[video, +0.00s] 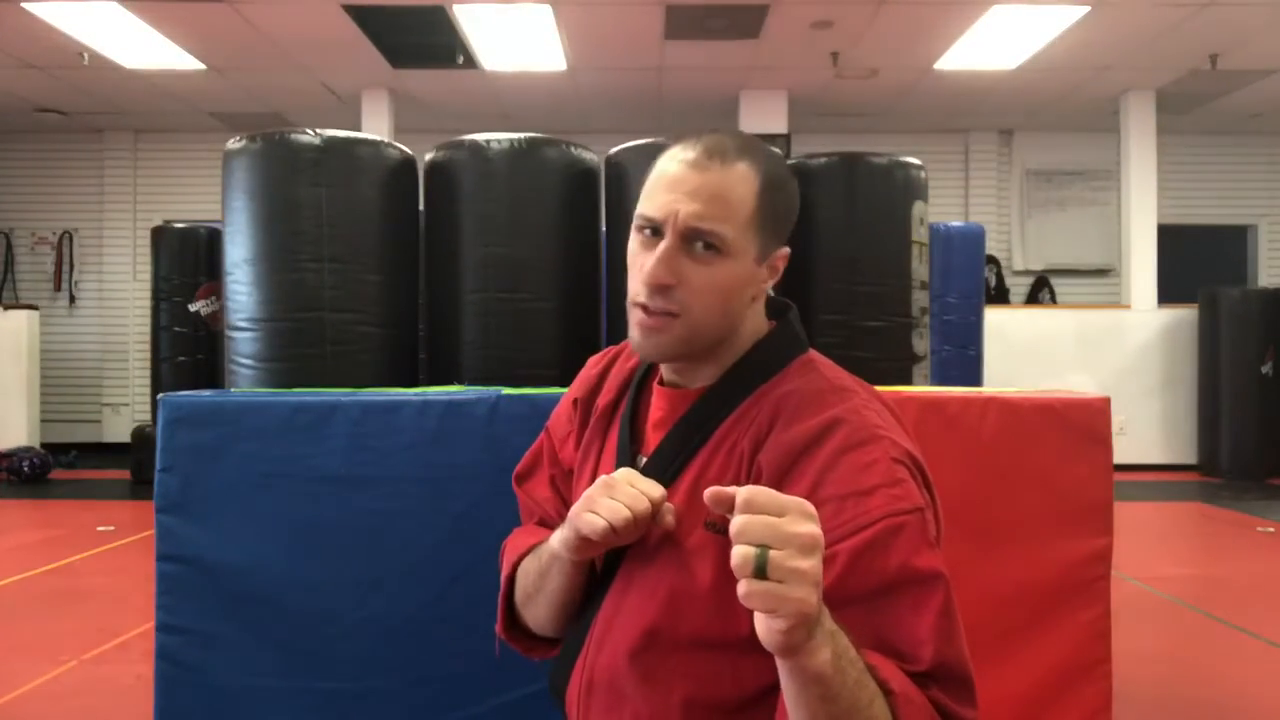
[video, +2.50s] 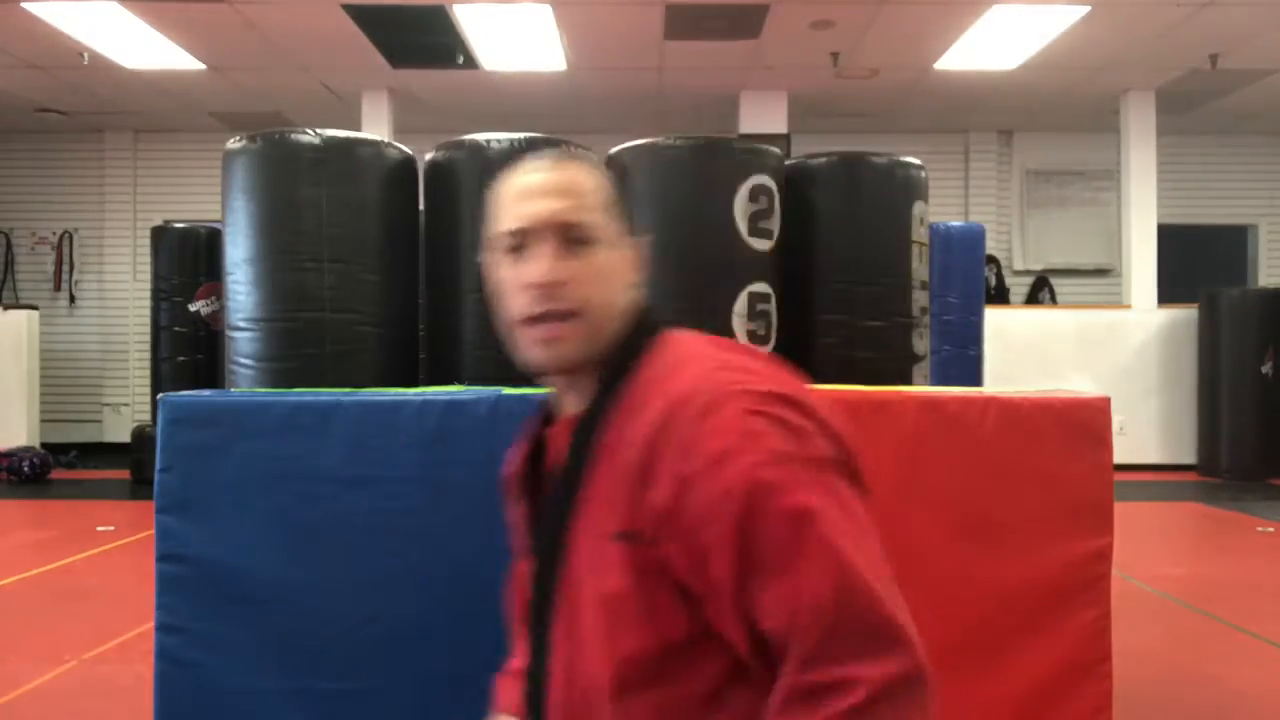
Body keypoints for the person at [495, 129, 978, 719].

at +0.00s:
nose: (656, 272)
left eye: (703, 245)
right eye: (650, 232)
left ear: (770, 271)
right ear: (630, 234)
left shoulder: (846, 444)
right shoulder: (605, 383)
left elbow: (920, 705)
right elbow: (532, 619)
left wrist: (808, 644)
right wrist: (565, 549)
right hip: (589, 704)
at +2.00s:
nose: (676, 267)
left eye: (715, 235)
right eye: (657, 229)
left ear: (766, 259)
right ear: (626, 240)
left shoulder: (852, 435)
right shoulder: (599, 392)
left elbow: (953, 702)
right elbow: (537, 641)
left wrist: (836, 663)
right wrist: (568, 569)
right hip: (595, 705)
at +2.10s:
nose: (692, 256)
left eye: (727, 228)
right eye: (671, 222)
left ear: (775, 253)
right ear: (636, 238)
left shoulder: (851, 419)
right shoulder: (598, 384)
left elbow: (958, 700)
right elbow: (537, 638)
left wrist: (847, 643)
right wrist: (566, 557)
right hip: (608, 704)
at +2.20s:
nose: (705, 246)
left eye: (736, 215)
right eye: (679, 215)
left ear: (782, 237)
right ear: (644, 237)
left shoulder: (867, 405)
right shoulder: (592, 379)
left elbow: (929, 701)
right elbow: (542, 636)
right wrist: (547, 564)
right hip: (627, 704)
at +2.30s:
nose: (699, 244)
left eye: (730, 211)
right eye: (672, 213)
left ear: (773, 233)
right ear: (630, 236)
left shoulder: (863, 396)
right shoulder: (600, 389)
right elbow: (575, 577)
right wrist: (538, 655)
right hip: (630, 704)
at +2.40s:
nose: (638, 259)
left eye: (671, 227)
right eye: (608, 229)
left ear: (719, 246)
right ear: (569, 255)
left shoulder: (805, 407)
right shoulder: (586, 421)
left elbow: (892, 680)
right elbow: (569, 625)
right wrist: (553, 700)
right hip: (602, 704)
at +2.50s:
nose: (544, 275)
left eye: (576, 242)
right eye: (516, 248)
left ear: (637, 259)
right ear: (488, 276)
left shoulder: (723, 415)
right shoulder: (540, 454)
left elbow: (864, 676)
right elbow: (528, 671)